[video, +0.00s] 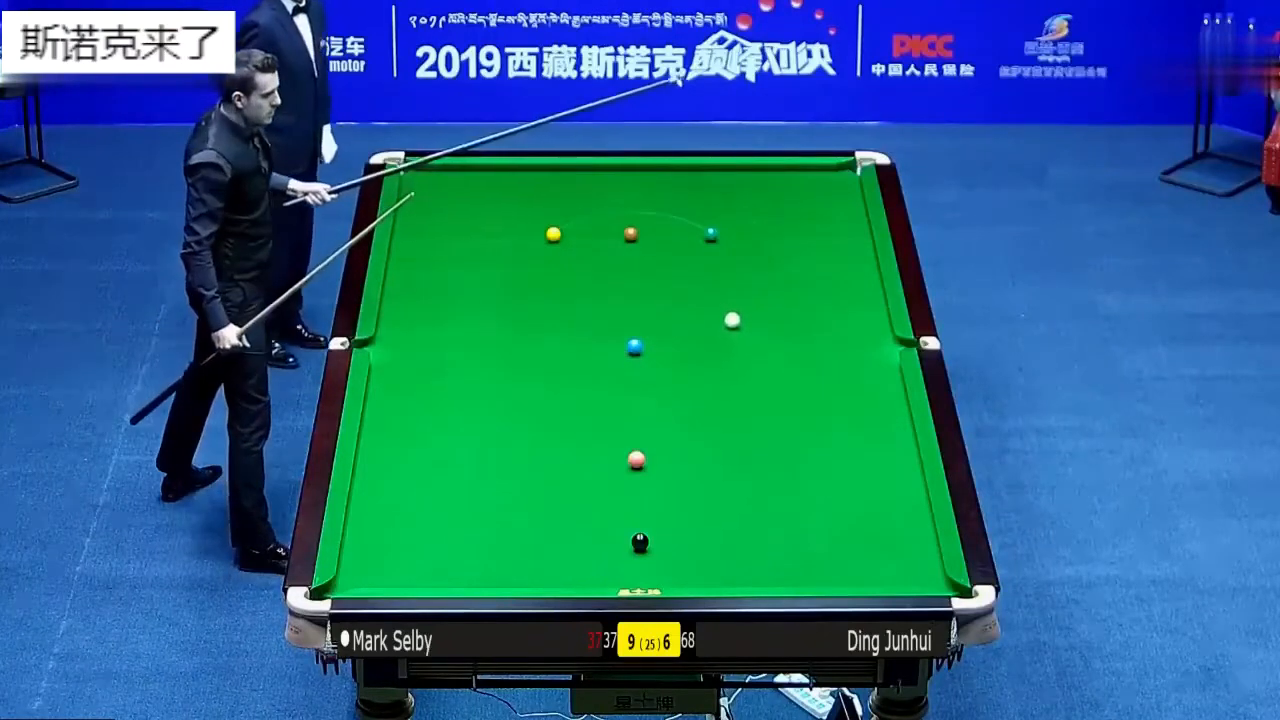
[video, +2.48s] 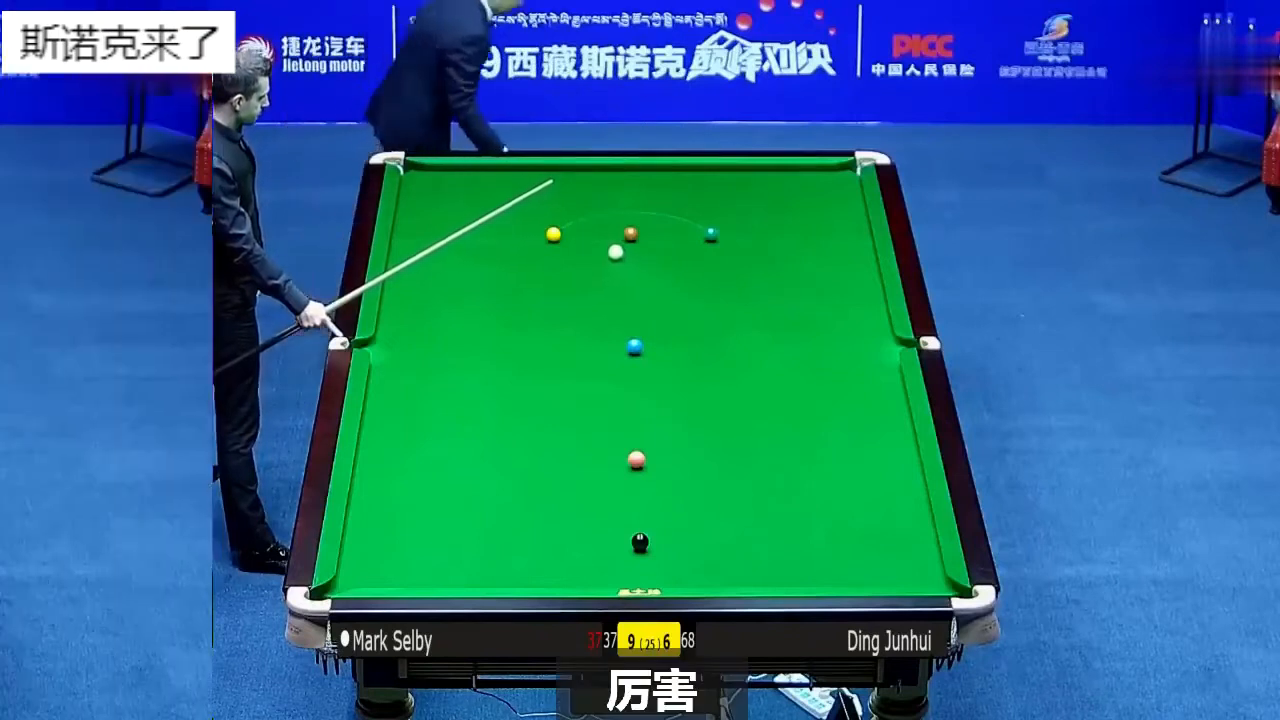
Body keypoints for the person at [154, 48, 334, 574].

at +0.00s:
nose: (276, 103)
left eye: (277, 94)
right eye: (269, 96)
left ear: (250, 94)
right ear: (240, 97)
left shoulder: (240, 123)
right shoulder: (214, 158)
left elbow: (248, 182)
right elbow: (196, 247)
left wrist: (294, 188)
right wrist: (217, 321)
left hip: (238, 286)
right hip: (233, 296)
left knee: (201, 381)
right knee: (251, 422)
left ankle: (176, 473)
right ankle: (254, 545)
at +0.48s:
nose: (272, 96)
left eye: (271, 87)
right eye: (264, 89)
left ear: (242, 88)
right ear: (236, 93)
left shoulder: (228, 121)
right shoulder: (210, 159)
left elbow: (234, 186)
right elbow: (216, 247)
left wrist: (271, 189)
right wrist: (263, 310)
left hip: (225, 284)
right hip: (230, 295)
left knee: (200, 375)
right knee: (241, 426)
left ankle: (176, 472)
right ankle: (253, 545)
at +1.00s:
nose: (267, 94)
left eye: (266, 85)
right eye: (261, 87)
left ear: (233, 86)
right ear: (237, 90)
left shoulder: (209, 122)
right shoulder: (214, 161)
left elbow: (220, 191)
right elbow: (244, 244)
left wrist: (262, 192)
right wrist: (301, 302)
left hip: (213, 280)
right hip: (230, 294)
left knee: (195, 378)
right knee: (241, 425)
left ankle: (175, 471)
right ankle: (253, 545)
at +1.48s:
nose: (266, 96)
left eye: (265, 87)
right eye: (260, 89)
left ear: (229, 88)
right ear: (234, 92)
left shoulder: (203, 121)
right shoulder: (213, 164)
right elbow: (245, 247)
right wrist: (301, 300)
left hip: (209, 280)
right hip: (227, 294)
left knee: (194, 378)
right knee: (241, 426)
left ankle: (175, 472)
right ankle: (253, 546)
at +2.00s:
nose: (267, 102)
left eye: (267, 93)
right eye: (262, 94)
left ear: (229, 92)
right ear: (235, 96)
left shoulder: (200, 121)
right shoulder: (212, 166)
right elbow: (245, 247)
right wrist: (300, 302)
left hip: (206, 284)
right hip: (226, 299)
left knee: (192, 379)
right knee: (239, 426)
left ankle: (175, 472)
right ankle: (253, 546)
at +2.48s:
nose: (265, 106)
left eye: (266, 97)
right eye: (262, 97)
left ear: (235, 94)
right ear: (238, 97)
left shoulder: (228, 139)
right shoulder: (216, 157)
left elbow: (241, 234)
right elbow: (239, 244)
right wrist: (299, 301)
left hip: (232, 300)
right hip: (223, 305)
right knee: (237, 425)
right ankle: (252, 545)